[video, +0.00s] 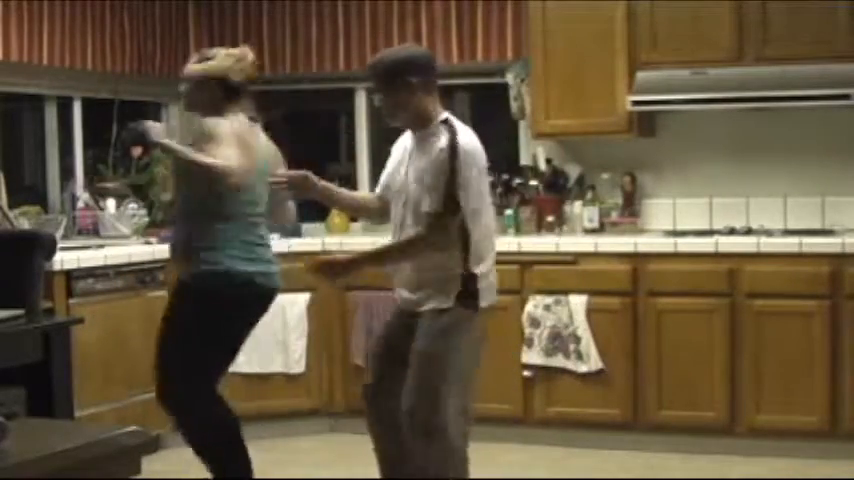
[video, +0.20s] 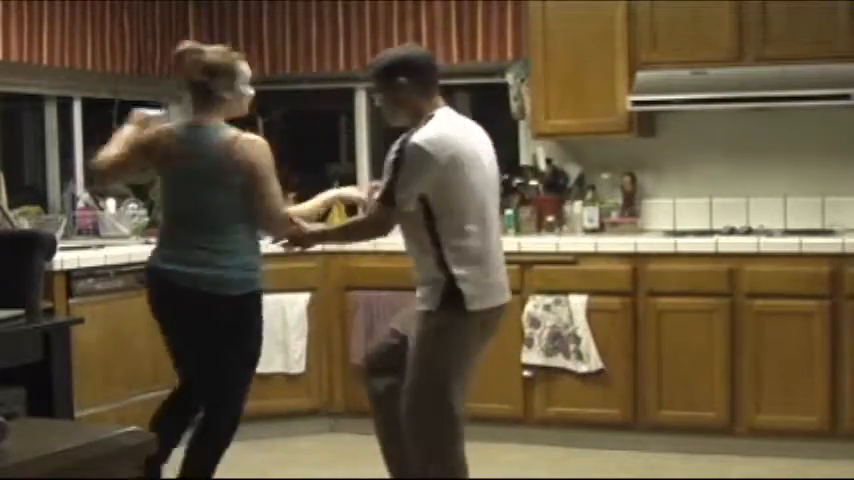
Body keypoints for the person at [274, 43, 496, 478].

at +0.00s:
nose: (379, 105)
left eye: (385, 94)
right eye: (377, 96)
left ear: (417, 87)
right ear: (409, 90)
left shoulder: (458, 145)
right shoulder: (405, 145)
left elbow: (443, 236)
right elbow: (379, 206)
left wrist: (359, 261)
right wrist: (317, 189)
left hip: (455, 305)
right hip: (413, 302)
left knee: (428, 416)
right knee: (382, 401)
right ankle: (403, 477)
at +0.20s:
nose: (379, 107)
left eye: (381, 96)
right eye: (377, 97)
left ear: (404, 88)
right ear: (425, 86)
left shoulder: (418, 147)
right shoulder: (470, 131)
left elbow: (378, 223)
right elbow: (426, 201)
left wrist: (313, 236)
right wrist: (369, 197)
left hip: (454, 304)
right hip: (483, 297)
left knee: (427, 416)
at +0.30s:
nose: (388, 106)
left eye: (390, 95)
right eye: (387, 96)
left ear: (408, 88)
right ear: (440, 87)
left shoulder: (412, 147)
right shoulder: (490, 135)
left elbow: (382, 226)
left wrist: (318, 233)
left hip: (450, 306)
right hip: (492, 299)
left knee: (422, 419)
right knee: (399, 382)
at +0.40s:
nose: (402, 107)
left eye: (402, 96)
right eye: (400, 97)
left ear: (417, 91)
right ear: (455, 89)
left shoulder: (418, 148)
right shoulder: (507, 138)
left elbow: (391, 230)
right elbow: (539, 211)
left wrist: (322, 227)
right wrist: (485, 212)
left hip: (452, 309)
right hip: (505, 303)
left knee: (415, 423)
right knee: (453, 410)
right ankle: (469, 474)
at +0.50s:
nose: (421, 105)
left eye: (421, 95)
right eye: (422, 95)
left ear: (430, 95)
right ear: (476, 93)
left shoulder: (426, 152)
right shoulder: (526, 142)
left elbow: (392, 233)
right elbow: (562, 210)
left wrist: (315, 224)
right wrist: (502, 215)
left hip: (465, 312)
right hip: (523, 308)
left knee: (395, 416)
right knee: (475, 416)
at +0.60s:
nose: (438, 105)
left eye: (440, 98)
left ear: (445, 97)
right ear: (494, 93)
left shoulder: (435, 152)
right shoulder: (544, 142)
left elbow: (391, 225)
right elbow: (585, 208)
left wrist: (320, 196)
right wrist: (536, 215)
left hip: (474, 309)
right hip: (539, 305)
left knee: (411, 418)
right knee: (491, 420)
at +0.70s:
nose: (523, 99)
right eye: (522, 93)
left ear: (467, 100)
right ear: (517, 94)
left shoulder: (447, 150)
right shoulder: (563, 145)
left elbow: (395, 210)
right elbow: (606, 213)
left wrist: (346, 160)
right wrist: (611, 195)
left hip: (484, 306)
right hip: (554, 304)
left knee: (438, 418)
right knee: (515, 406)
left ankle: (443, 473)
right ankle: (488, 473)